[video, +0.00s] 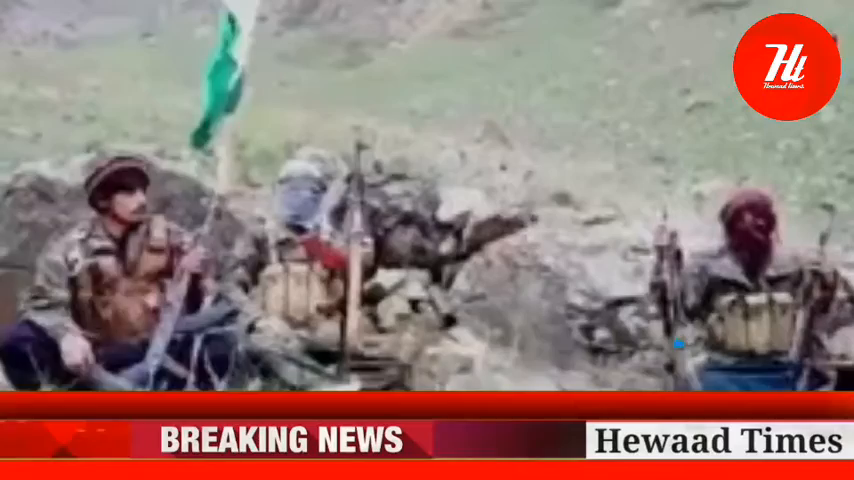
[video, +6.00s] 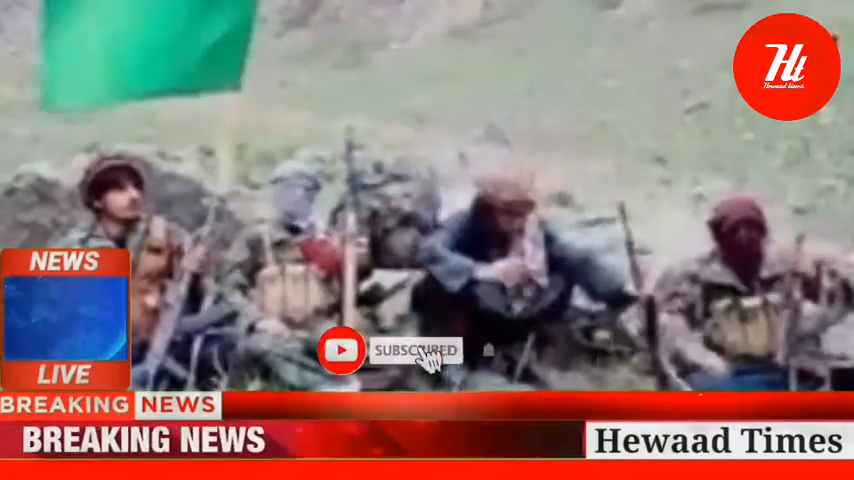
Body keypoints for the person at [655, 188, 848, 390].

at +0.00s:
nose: (754, 222)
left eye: (761, 214)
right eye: (743, 214)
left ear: (772, 224)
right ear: (731, 226)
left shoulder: (792, 269)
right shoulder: (706, 269)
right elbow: (683, 312)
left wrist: (827, 292)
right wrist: (668, 267)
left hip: (782, 369)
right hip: (722, 371)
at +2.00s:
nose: (758, 225)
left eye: (765, 219)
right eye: (749, 217)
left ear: (774, 228)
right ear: (731, 225)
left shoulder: (795, 269)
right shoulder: (706, 268)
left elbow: (824, 323)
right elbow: (675, 317)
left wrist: (826, 286)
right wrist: (669, 265)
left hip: (782, 371)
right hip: (721, 371)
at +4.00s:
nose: (763, 225)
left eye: (767, 218)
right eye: (753, 217)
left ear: (773, 226)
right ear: (731, 224)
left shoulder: (795, 269)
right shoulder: (703, 268)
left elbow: (837, 318)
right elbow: (674, 312)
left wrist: (826, 289)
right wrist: (665, 267)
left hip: (786, 376)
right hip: (719, 377)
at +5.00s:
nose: (753, 225)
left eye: (762, 217)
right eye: (743, 218)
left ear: (774, 227)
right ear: (732, 227)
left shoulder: (795, 269)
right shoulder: (706, 268)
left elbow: (829, 318)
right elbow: (677, 312)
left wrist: (829, 286)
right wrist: (666, 270)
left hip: (785, 376)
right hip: (723, 376)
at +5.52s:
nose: (758, 238)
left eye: (766, 228)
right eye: (748, 229)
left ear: (775, 231)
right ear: (733, 233)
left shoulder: (796, 272)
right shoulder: (706, 272)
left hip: (784, 374)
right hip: (723, 375)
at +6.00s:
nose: (746, 238)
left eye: (754, 228)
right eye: (736, 230)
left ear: (765, 234)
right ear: (719, 235)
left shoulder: (783, 275)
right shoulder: (687, 277)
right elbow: (676, 338)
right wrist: (722, 371)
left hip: (780, 370)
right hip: (723, 374)